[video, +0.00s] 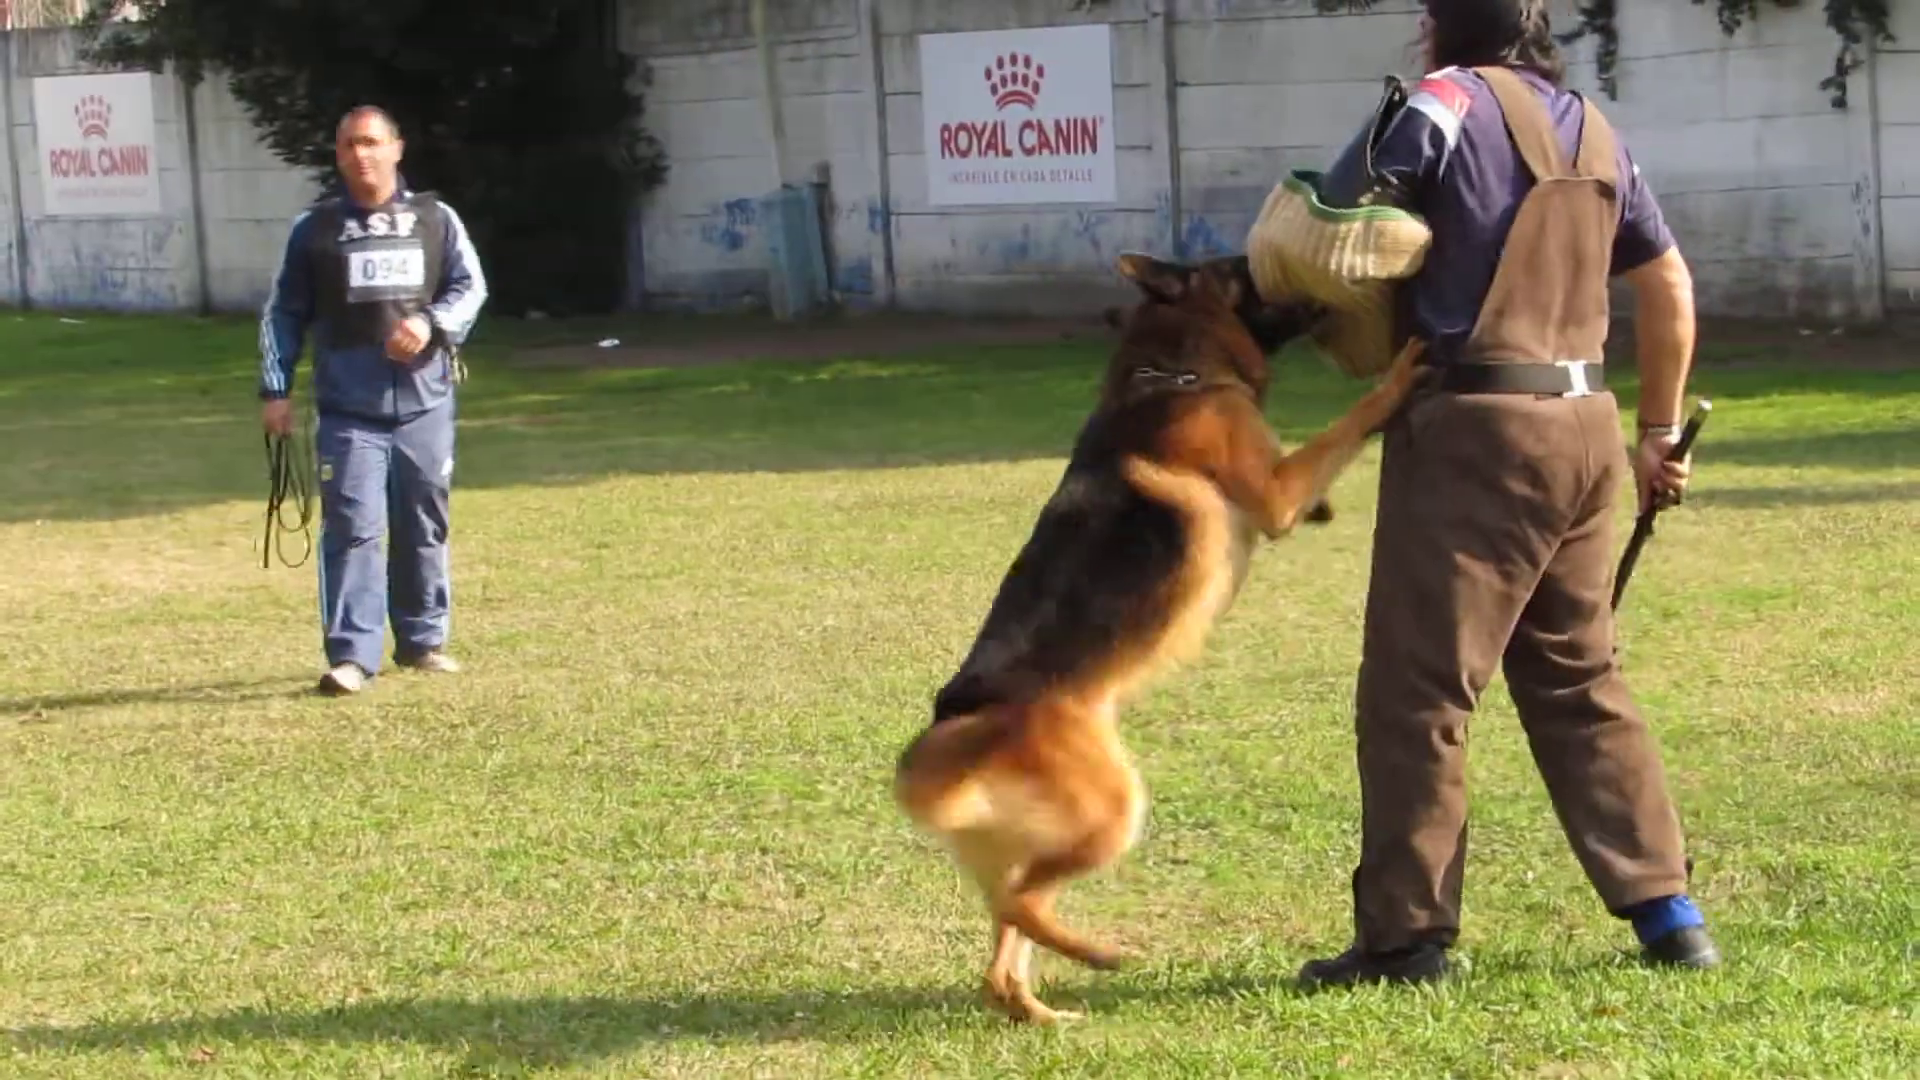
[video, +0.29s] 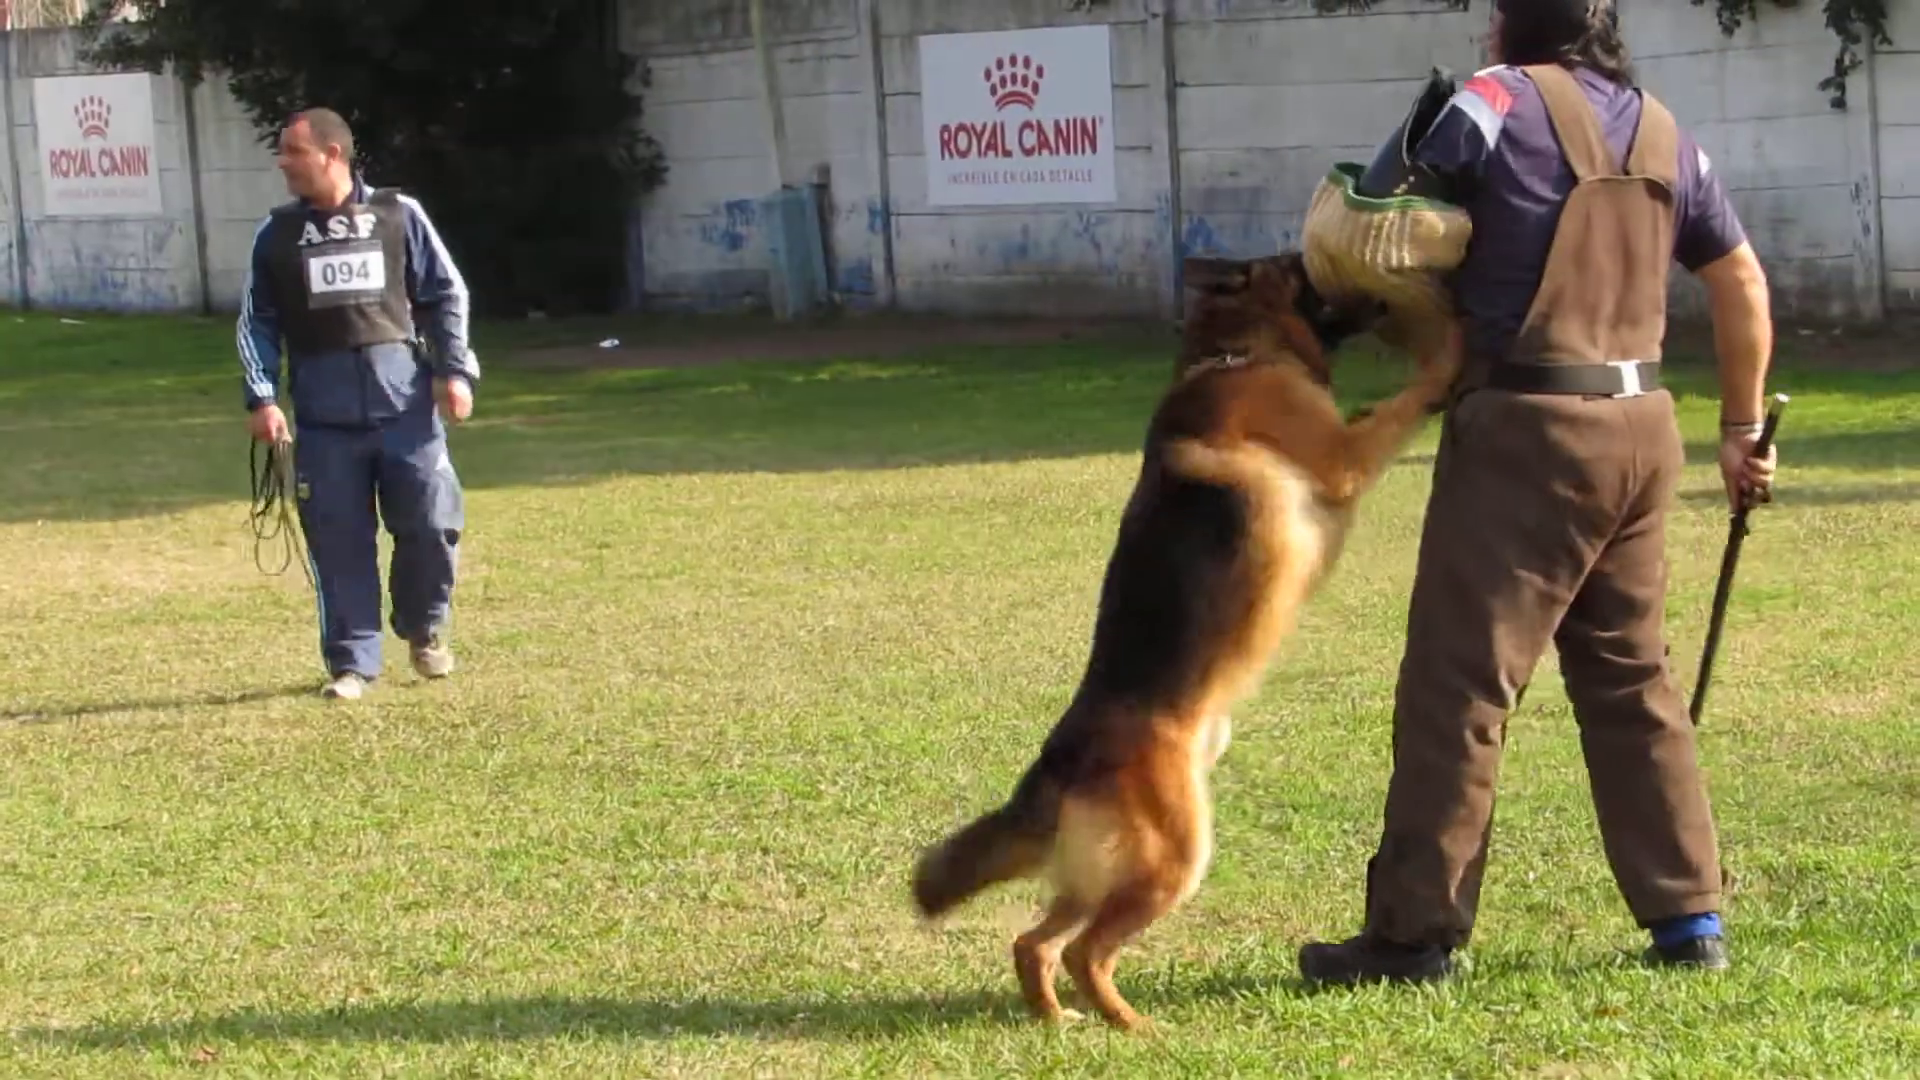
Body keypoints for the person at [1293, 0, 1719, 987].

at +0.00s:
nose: (1419, 38)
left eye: (1424, 25)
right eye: (1422, 28)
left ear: (1450, 26)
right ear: (1531, 32)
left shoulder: (1444, 99)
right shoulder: (1595, 131)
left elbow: (1364, 233)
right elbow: (1666, 285)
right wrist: (1662, 431)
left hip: (1474, 425)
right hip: (1585, 422)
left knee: (1418, 687)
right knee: (1577, 674)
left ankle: (1405, 941)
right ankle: (1666, 912)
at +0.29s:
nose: (1493, 29)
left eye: (1498, 19)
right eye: (1499, 21)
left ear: (1515, 27)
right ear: (1600, 29)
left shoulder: (1493, 98)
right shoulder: (1665, 132)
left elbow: (1386, 230)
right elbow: (1741, 284)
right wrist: (1744, 427)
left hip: (1529, 431)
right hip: (1644, 426)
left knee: (1458, 685)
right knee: (1632, 677)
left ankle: (1413, 935)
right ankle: (1689, 918)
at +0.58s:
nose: (1522, 31)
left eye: (1526, 21)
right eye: (1527, 22)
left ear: (1549, 25)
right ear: (1634, 26)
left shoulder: (1528, 96)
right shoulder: (1701, 127)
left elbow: (1421, 216)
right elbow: (1770, 282)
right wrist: (1762, 423)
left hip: (1546, 428)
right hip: (1668, 427)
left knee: (1471, 679)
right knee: (1638, 675)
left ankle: (1431, 928)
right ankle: (1661, 922)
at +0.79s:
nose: (1427, 33)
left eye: (1430, 23)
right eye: (1433, 24)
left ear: (1449, 26)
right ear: (1540, 25)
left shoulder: (1419, 109)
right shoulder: (1611, 131)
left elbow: (1313, 221)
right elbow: (1680, 297)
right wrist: (1662, 427)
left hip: (1438, 427)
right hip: (1569, 429)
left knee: (1381, 685)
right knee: (1543, 682)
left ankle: (1341, 934)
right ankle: (1557, 930)